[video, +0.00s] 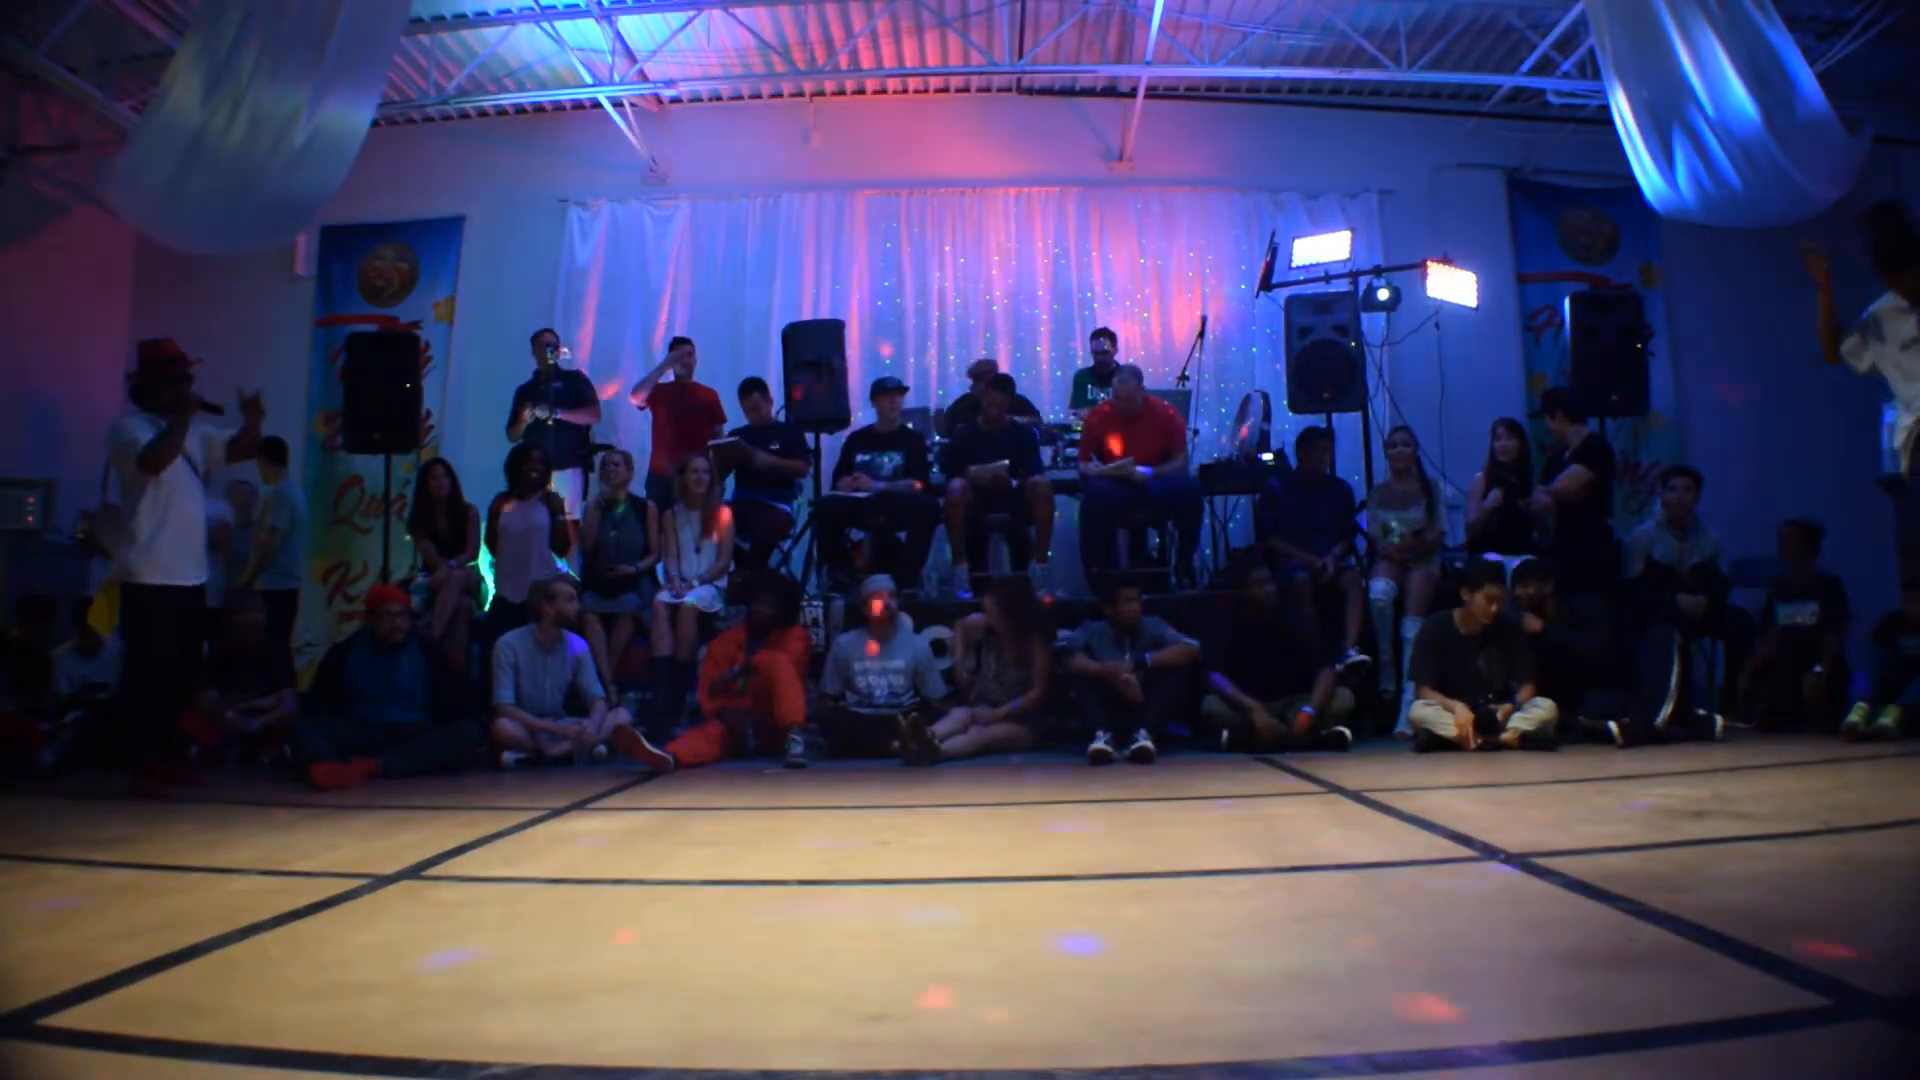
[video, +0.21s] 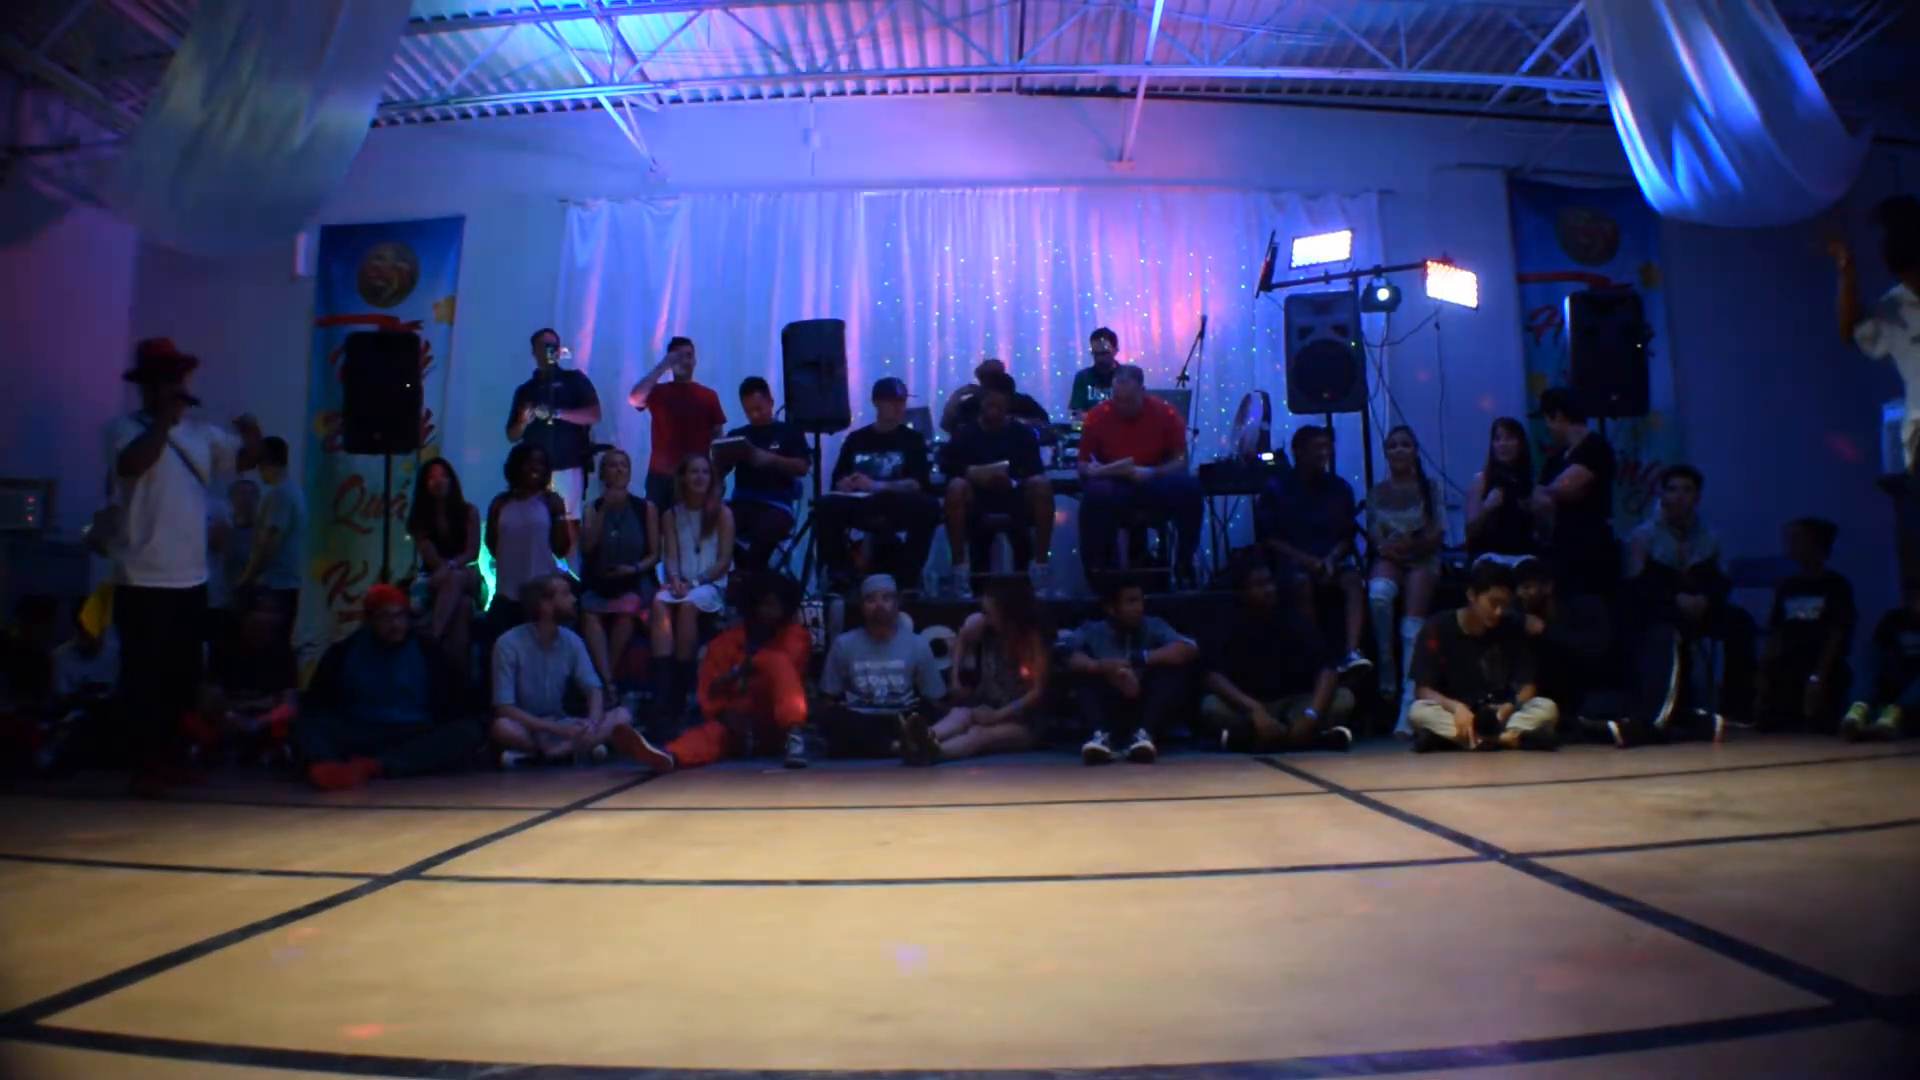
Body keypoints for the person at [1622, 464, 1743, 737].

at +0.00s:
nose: (1679, 497)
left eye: (1687, 491)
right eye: (1672, 490)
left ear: (1696, 498)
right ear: (1662, 496)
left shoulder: (1706, 538)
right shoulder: (1644, 537)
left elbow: (1717, 579)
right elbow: (1639, 582)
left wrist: (1704, 600)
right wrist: (1675, 599)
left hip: (1697, 609)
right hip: (1659, 608)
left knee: (1740, 624)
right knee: (1672, 633)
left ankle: (1732, 702)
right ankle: (1670, 707)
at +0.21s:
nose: (1679, 497)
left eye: (1686, 491)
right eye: (1672, 490)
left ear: (1696, 498)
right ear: (1662, 496)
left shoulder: (1707, 538)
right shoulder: (1645, 536)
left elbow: (1719, 579)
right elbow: (1639, 581)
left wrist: (1704, 600)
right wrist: (1675, 599)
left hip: (1698, 610)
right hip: (1660, 608)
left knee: (1740, 622)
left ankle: (1735, 706)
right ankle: (1665, 709)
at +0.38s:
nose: (1678, 497)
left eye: (1686, 490)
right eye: (1671, 489)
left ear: (1696, 497)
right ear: (1661, 496)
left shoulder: (1706, 537)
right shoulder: (1644, 536)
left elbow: (1716, 578)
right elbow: (1637, 584)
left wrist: (1705, 599)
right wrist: (1674, 599)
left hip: (1697, 607)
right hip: (1659, 607)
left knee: (1739, 624)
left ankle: (1735, 705)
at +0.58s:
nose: (1669, 494)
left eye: (1677, 488)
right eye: (1666, 488)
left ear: (1694, 496)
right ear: (1660, 494)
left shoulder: (1707, 536)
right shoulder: (1646, 535)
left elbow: (1718, 579)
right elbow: (1640, 582)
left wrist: (1706, 601)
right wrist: (1675, 601)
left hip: (1699, 611)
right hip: (1661, 609)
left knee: (1740, 623)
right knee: (1670, 633)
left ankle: (1736, 706)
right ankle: (1666, 709)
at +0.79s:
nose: (1670, 491)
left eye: (1678, 484)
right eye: (1667, 484)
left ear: (1694, 493)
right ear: (1660, 491)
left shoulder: (1706, 535)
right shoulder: (1648, 534)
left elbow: (1721, 578)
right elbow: (1642, 582)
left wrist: (1707, 599)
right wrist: (1676, 601)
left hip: (1701, 609)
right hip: (1662, 609)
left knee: (1741, 624)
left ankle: (1736, 707)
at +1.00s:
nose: (1666, 489)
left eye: (1674, 483)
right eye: (1662, 483)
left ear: (1690, 490)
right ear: (1657, 490)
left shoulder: (1704, 534)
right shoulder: (1646, 531)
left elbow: (1718, 576)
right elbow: (1639, 578)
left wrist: (1704, 599)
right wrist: (1673, 599)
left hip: (1699, 608)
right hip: (1660, 606)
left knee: (1738, 625)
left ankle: (1727, 708)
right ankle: (1654, 713)